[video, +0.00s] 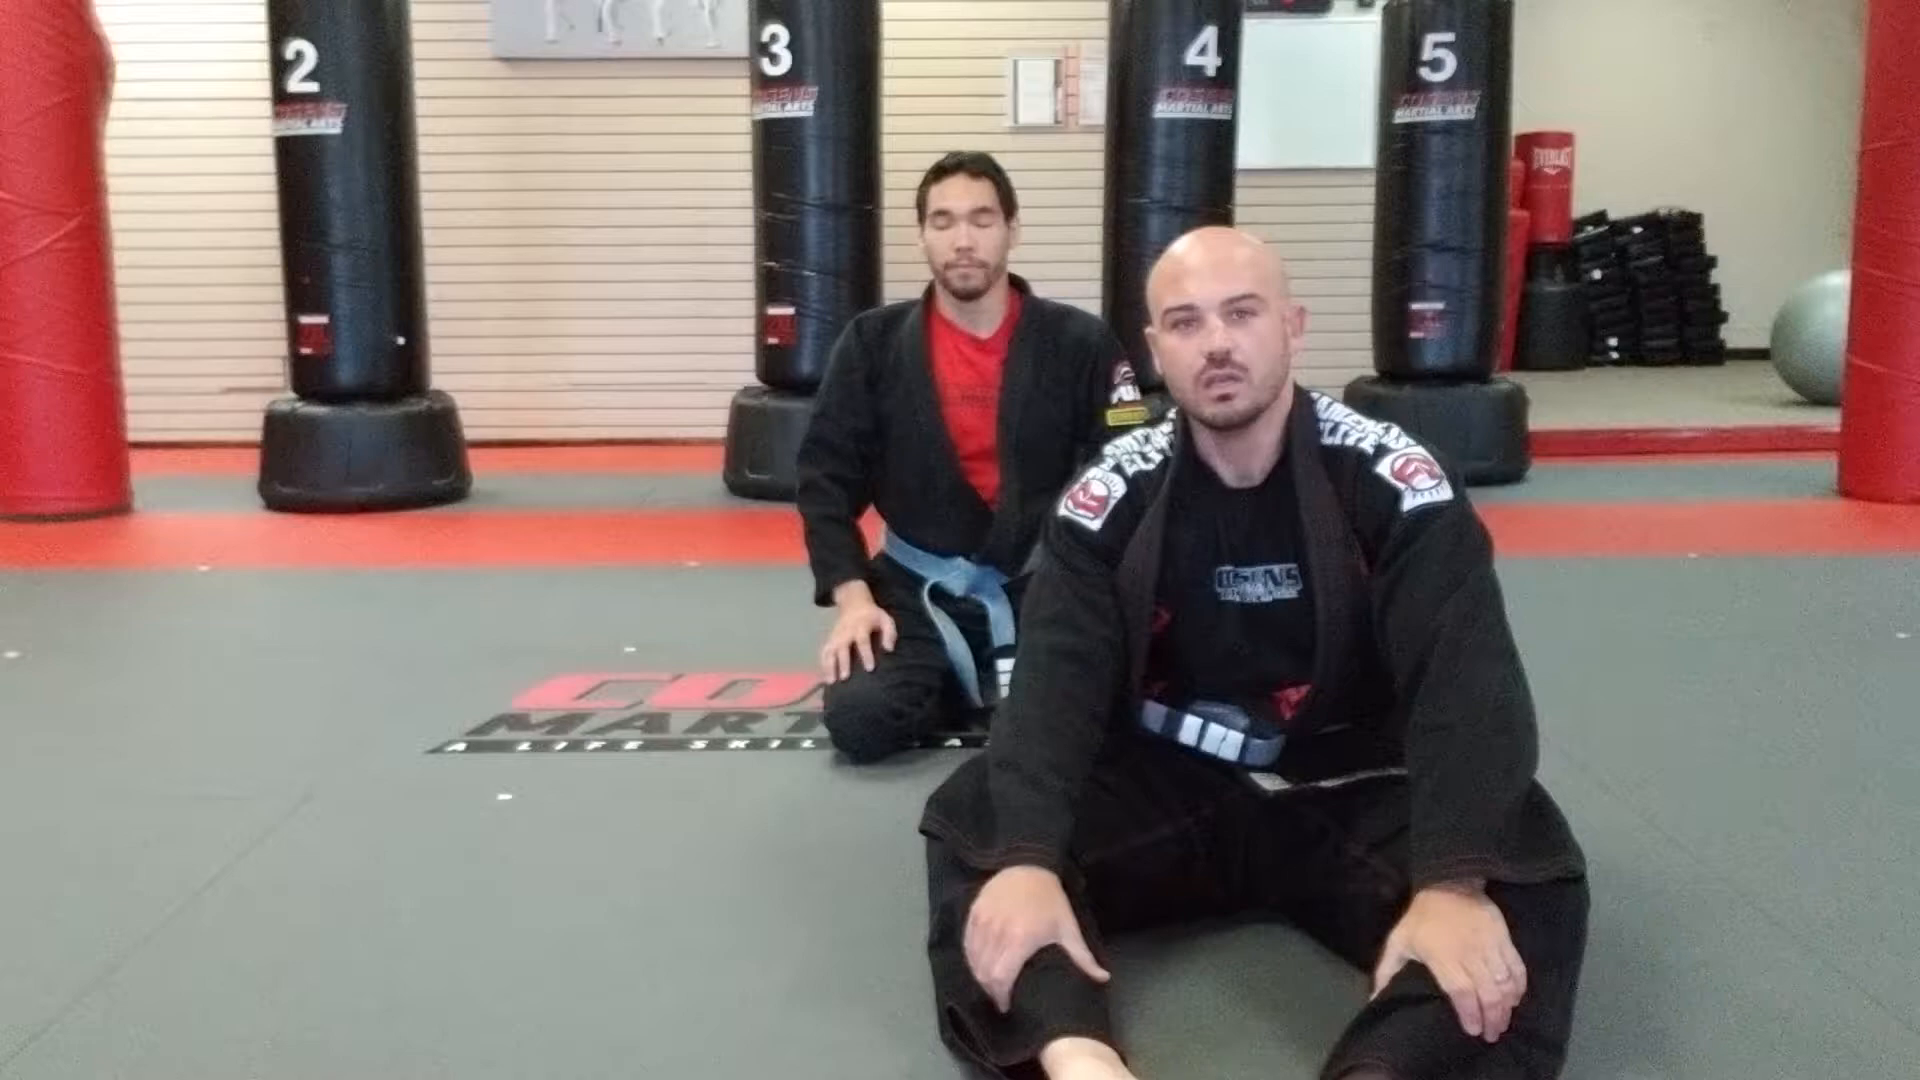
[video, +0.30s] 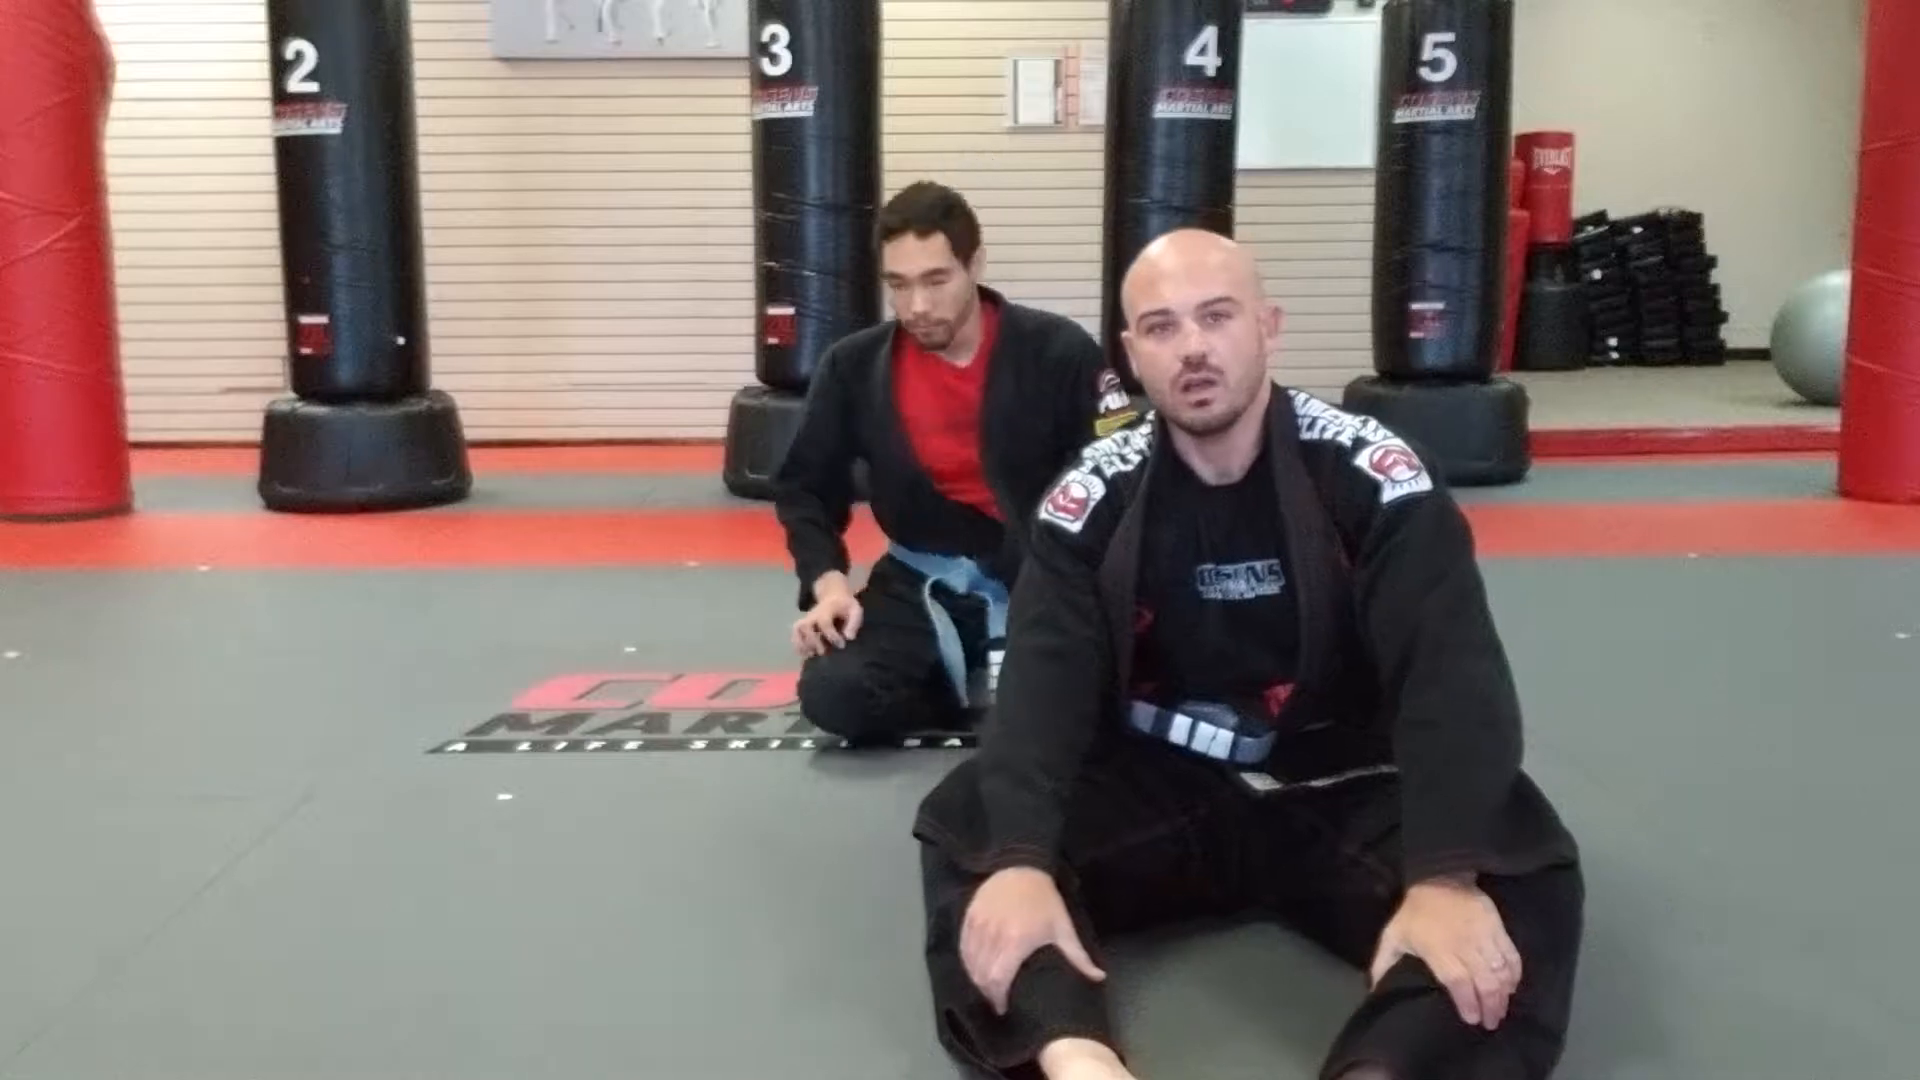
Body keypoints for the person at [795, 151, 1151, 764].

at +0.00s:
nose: (963, 241)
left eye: (982, 221)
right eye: (944, 224)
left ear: (1012, 232)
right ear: (922, 238)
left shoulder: (1081, 344)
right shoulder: (874, 344)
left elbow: (1118, 478)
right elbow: (824, 477)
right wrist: (850, 596)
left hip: (1044, 585)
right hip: (918, 585)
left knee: (1081, 716)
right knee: (863, 719)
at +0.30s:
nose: (917, 307)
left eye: (936, 281)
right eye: (898, 285)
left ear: (976, 263)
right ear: (883, 281)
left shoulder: (1060, 355)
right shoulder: (854, 368)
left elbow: (1108, 483)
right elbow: (805, 491)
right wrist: (827, 584)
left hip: (1041, 576)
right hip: (921, 575)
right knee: (837, 696)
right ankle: (996, 700)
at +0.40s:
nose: (898, 339)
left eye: (916, 313)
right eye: (878, 317)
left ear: (958, 290)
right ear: (861, 310)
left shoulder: (1044, 365)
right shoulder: (839, 389)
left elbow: (1100, 492)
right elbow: (794, 509)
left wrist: (1035, 591)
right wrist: (799, 609)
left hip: (1030, 581)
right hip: (914, 579)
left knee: (1037, 718)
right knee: (847, 708)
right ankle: (995, 703)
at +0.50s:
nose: (870, 383)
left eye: (889, 356)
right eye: (849, 359)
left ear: (935, 330)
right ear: (834, 345)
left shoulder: (1023, 384)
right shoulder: (819, 418)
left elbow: (1077, 525)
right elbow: (766, 540)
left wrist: (1015, 622)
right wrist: (759, 661)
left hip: (1020, 594)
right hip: (906, 594)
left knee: (1032, 727)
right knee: (847, 722)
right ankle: (967, 697)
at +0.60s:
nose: (831, 431)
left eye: (851, 406)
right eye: (811, 408)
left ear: (899, 373)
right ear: (794, 394)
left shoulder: (991, 408)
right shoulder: (790, 445)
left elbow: (1034, 562)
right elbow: (732, 582)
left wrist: (978, 675)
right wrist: (700, 732)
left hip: (998, 595)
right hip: (895, 601)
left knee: (1022, 732)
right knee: (846, 732)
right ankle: (950, 688)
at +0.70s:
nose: (792, 475)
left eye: (813, 452)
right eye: (773, 454)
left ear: (866, 414)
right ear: (757, 431)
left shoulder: (961, 431)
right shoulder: (760, 460)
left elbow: (999, 603)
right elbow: (708, 599)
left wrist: (941, 739)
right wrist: (657, 784)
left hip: (1001, 595)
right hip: (889, 597)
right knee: (848, 739)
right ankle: (958, 665)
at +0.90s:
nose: (730, 529)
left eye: (749, 505)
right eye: (708, 508)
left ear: (807, 459)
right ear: (687, 474)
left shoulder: (925, 474)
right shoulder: (700, 469)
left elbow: (947, 647)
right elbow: (667, 616)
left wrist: (878, 813)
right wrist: (651, 796)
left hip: (979, 533)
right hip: (854, 548)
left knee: (939, 787)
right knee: (842, 746)